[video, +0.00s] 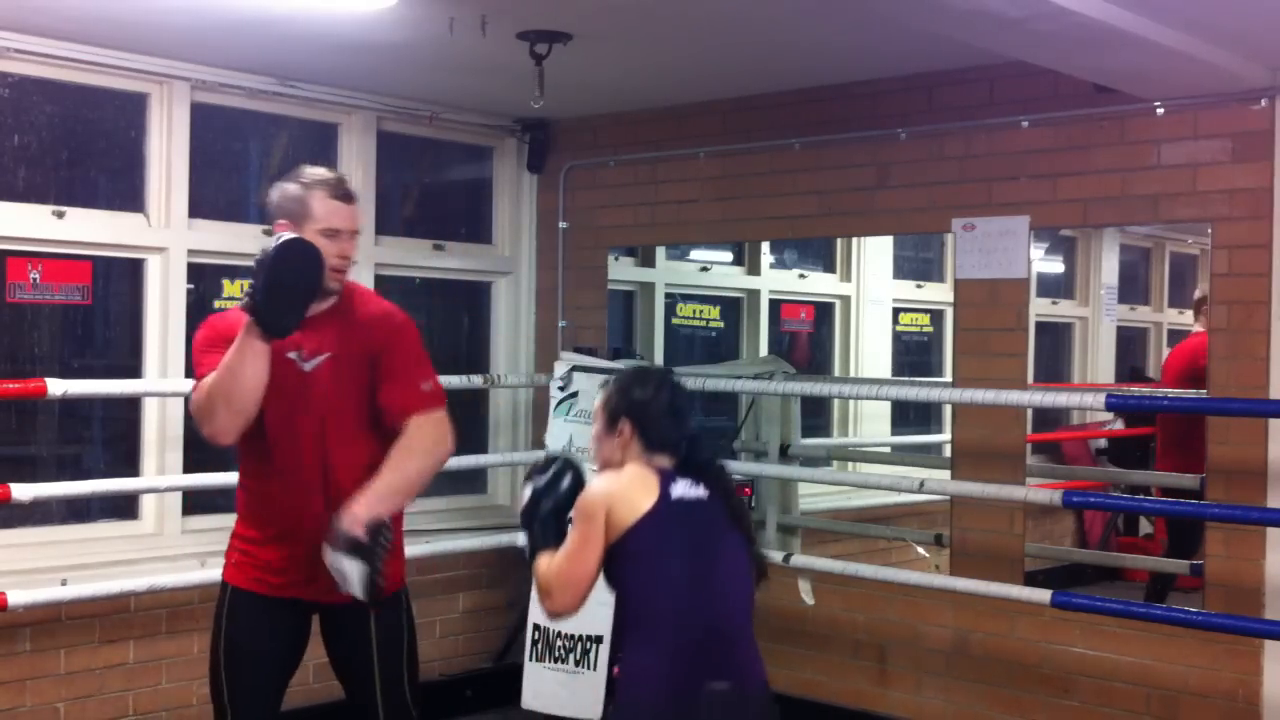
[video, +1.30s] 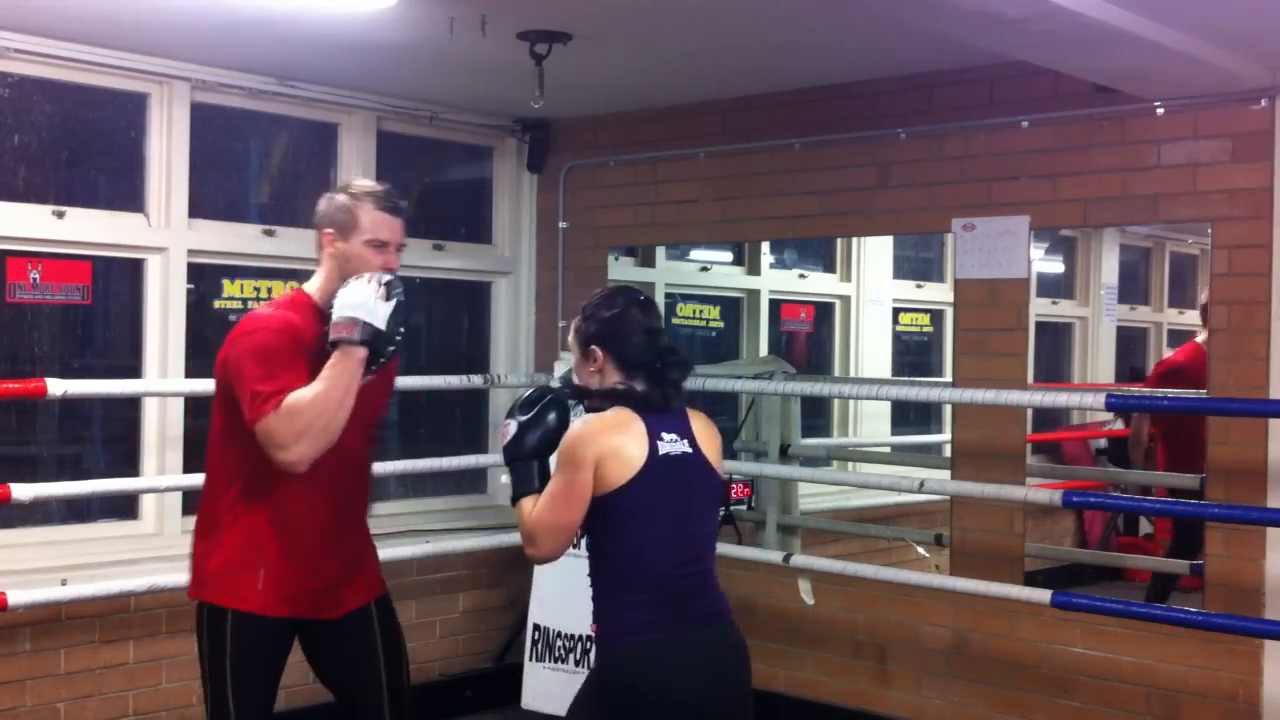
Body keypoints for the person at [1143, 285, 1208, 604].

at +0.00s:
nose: (1220, 317)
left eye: (1217, 311)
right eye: (1217, 312)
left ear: (1198, 313)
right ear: (1206, 312)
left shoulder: (1181, 349)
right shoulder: (1206, 348)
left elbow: (1168, 409)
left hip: (1173, 464)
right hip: (1192, 467)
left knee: (1179, 543)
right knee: (1182, 543)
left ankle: (1152, 608)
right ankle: (1151, 609)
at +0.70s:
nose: (1223, 315)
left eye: (1220, 308)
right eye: (1220, 309)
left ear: (1200, 311)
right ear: (1208, 311)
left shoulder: (1190, 348)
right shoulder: (1199, 352)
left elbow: (1186, 411)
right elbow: (1199, 415)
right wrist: (1224, 445)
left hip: (1182, 461)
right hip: (1190, 465)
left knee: (1189, 539)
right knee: (1187, 540)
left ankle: (1155, 603)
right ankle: (1154, 606)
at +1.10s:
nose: (1221, 315)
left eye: (1219, 309)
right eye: (1217, 309)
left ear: (1200, 311)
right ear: (1204, 311)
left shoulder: (1218, 353)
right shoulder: (1187, 355)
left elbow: (1154, 409)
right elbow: (1153, 406)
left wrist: (1175, 460)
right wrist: (1176, 462)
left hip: (1214, 469)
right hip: (1192, 470)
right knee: (1185, 545)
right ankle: (1152, 610)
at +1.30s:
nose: (1228, 321)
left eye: (1229, 314)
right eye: (1223, 314)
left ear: (1205, 315)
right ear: (1209, 316)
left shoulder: (1227, 356)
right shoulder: (1182, 362)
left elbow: (1142, 415)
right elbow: (1142, 412)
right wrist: (1138, 469)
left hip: (1217, 467)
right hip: (1186, 469)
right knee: (1186, 542)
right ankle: (1151, 608)